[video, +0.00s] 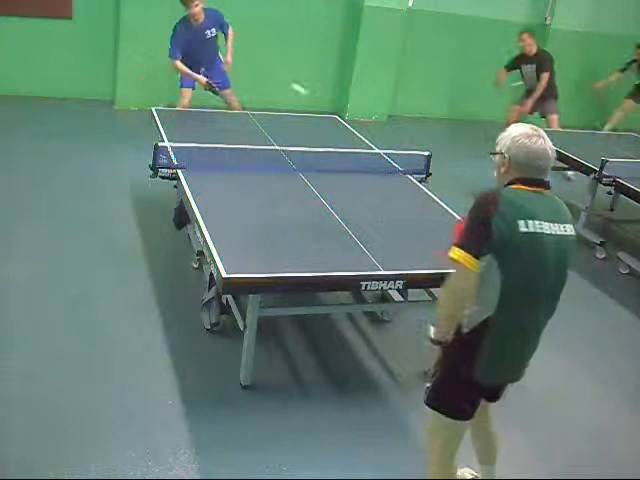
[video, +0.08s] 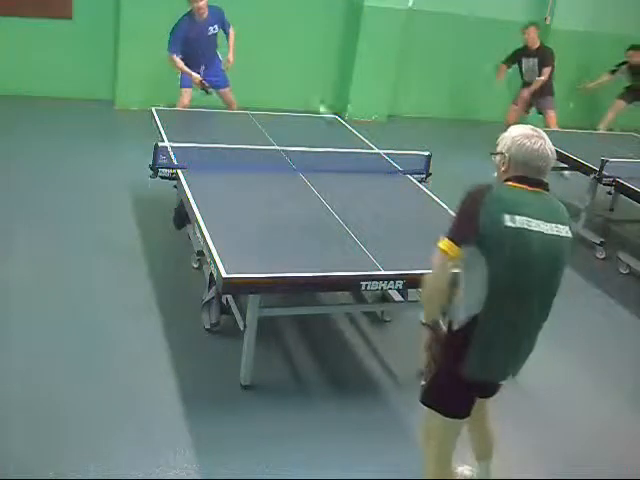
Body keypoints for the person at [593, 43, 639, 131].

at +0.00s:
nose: (637, 57)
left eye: (638, 54)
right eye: (636, 54)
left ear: (638, 54)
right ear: (635, 54)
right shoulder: (634, 62)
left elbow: (619, 74)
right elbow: (618, 74)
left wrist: (602, 84)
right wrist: (602, 84)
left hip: (637, 87)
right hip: (638, 86)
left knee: (626, 106)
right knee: (625, 106)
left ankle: (607, 128)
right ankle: (607, 128)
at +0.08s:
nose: (632, 59)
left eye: (634, 56)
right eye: (629, 56)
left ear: (638, 56)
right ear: (627, 57)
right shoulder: (626, 66)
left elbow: (609, 76)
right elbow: (609, 76)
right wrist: (590, 86)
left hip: (636, 89)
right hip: (634, 89)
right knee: (619, 103)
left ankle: (601, 127)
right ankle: (601, 128)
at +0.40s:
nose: (615, 52)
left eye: (617, 49)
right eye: (613, 50)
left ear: (622, 48)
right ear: (609, 51)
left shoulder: (632, 58)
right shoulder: (610, 61)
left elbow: (638, 76)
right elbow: (602, 78)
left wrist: (628, 84)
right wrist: (594, 93)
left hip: (633, 82)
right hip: (620, 81)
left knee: (618, 105)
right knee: (608, 98)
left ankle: (624, 130)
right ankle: (601, 126)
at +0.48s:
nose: (614, 50)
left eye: (615, 47)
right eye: (612, 48)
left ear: (621, 44)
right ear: (610, 47)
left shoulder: (634, 52)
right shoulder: (612, 56)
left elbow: (638, 73)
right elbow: (611, 73)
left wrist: (623, 82)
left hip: (635, 80)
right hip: (621, 80)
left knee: (616, 101)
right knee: (607, 98)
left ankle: (616, 130)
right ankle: (600, 128)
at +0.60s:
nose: (613, 44)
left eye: (613, 41)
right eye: (612, 42)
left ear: (618, 37)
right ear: (617, 38)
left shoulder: (632, 49)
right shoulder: (622, 49)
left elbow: (632, 74)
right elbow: (621, 72)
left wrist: (615, 87)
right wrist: (615, 88)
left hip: (634, 81)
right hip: (626, 79)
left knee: (615, 103)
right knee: (609, 102)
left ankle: (614, 131)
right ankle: (602, 128)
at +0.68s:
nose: (613, 40)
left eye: (614, 37)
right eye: (612, 37)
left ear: (620, 35)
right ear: (622, 35)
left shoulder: (630, 48)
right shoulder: (629, 45)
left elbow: (629, 72)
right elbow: (627, 72)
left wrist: (616, 88)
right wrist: (617, 87)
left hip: (636, 78)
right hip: (634, 77)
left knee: (615, 102)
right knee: (614, 101)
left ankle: (612, 131)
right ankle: (606, 129)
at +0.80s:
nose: (624, 34)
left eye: (625, 31)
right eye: (624, 31)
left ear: (629, 30)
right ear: (633, 29)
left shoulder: (634, 42)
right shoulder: (634, 41)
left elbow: (628, 63)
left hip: (634, 78)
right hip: (635, 77)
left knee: (615, 102)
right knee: (622, 103)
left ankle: (613, 130)